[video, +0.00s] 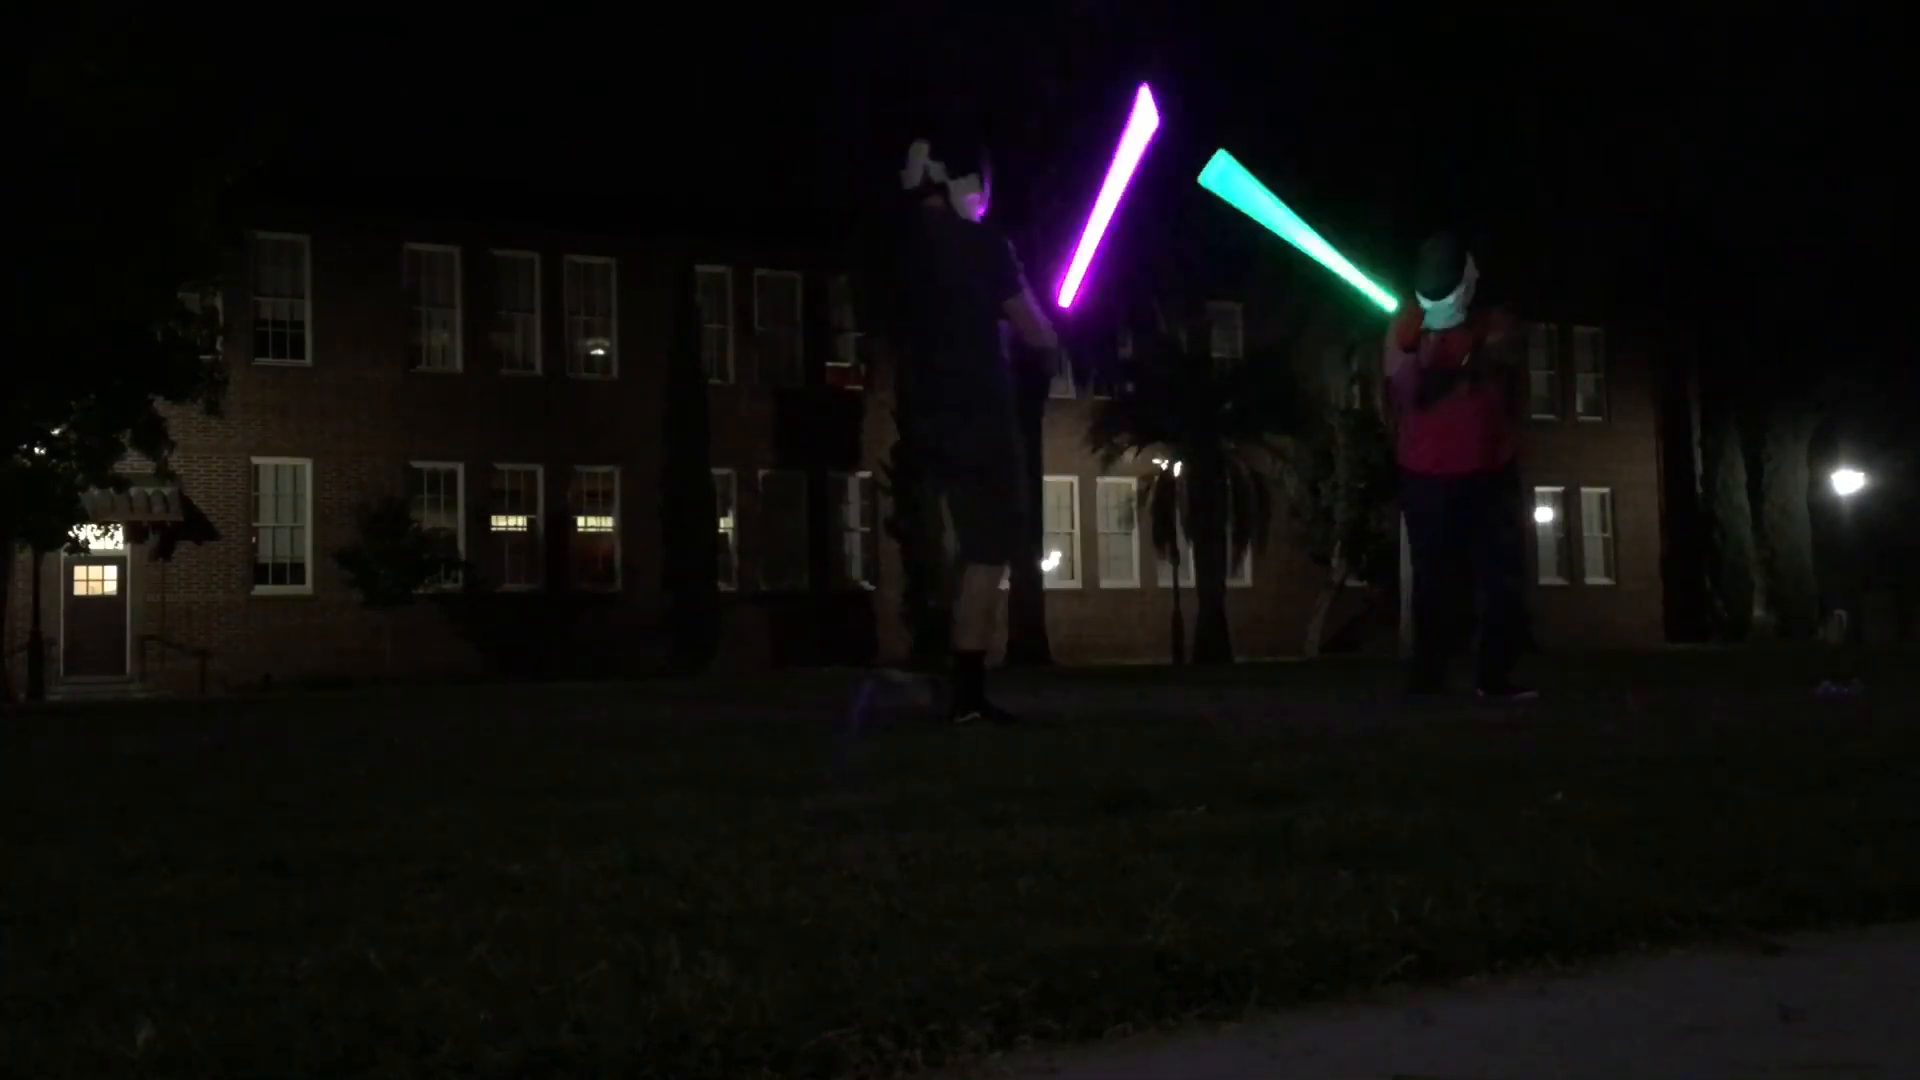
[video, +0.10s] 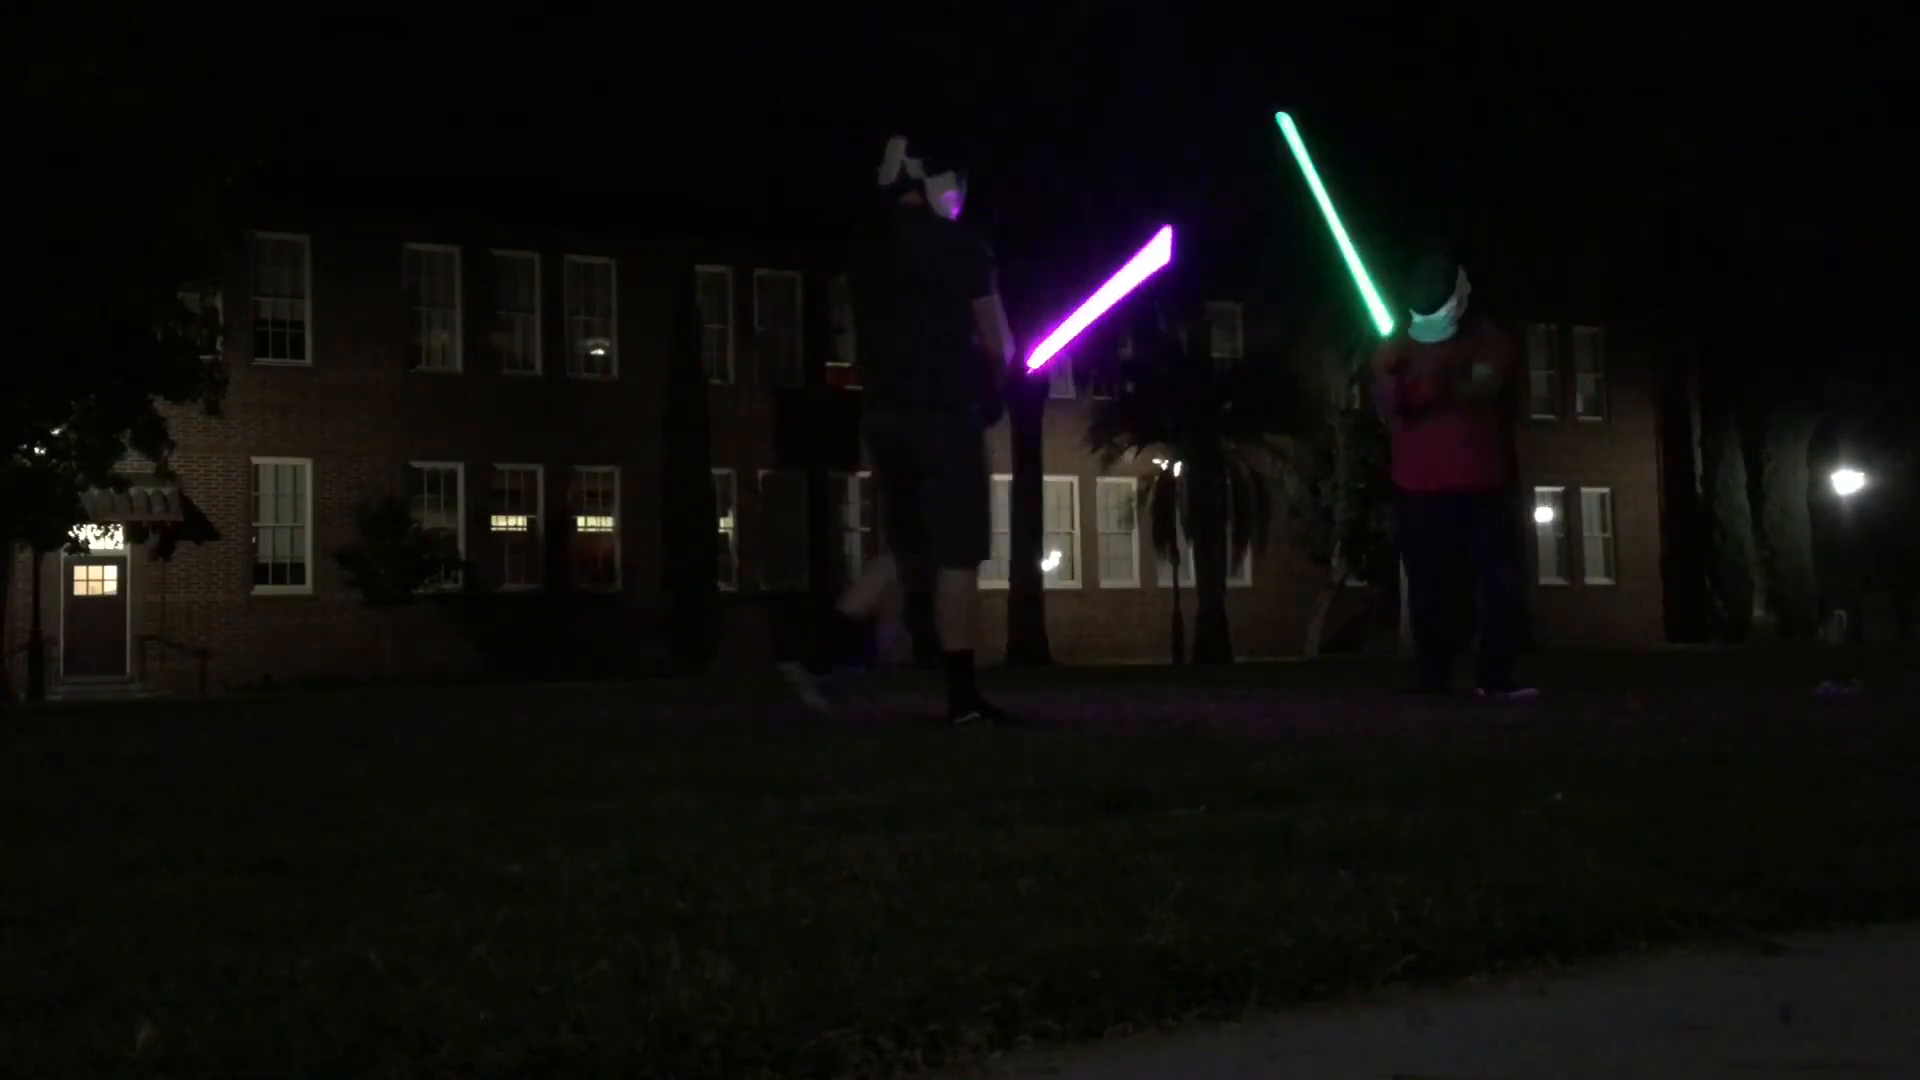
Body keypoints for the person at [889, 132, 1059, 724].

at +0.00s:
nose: (987, 200)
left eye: (984, 188)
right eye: (983, 189)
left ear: (933, 186)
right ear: (970, 188)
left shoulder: (900, 247)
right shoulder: (983, 246)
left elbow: (884, 345)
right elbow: (1038, 332)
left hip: (924, 412)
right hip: (980, 412)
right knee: (987, 548)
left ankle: (955, 680)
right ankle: (968, 689)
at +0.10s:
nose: (961, 196)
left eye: (958, 185)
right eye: (957, 185)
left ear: (899, 192)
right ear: (939, 191)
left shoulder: (872, 246)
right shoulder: (960, 245)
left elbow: (866, 339)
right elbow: (998, 341)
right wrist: (992, 384)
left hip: (888, 415)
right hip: (947, 416)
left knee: (904, 547)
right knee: (957, 557)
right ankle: (962, 695)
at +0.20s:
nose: (932, 200)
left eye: (929, 189)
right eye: (925, 190)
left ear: (869, 194)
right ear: (906, 194)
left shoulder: (841, 251)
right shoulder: (928, 248)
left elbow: (834, 344)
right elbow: (958, 340)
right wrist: (961, 392)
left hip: (844, 428)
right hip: (910, 428)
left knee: (836, 552)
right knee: (933, 565)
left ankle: (759, 677)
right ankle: (960, 696)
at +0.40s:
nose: (866, 214)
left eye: (864, 203)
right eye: (857, 203)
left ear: (807, 210)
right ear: (834, 207)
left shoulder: (778, 264)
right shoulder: (858, 264)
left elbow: (771, 358)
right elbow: (877, 362)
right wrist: (864, 423)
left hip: (774, 434)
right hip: (839, 436)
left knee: (769, 565)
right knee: (903, 550)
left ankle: (738, 706)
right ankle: (936, 691)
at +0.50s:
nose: (848, 206)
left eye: (845, 195)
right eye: (841, 195)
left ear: (786, 199)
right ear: (819, 199)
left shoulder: (758, 256)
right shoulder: (836, 257)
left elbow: (751, 349)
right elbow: (852, 357)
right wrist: (842, 418)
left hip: (752, 427)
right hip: (816, 427)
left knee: (758, 560)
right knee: (887, 537)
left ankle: (739, 705)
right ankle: (873, 685)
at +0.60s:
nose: (827, 203)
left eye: (825, 191)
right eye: (819, 191)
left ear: (765, 196)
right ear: (793, 195)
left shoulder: (738, 252)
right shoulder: (816, 251)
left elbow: (732, 347)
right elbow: (837, 345)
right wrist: (829, 415)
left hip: (736, 424)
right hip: (799, 424)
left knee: (748, 560)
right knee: (856, 540)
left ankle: (738, 705)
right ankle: (798, 672)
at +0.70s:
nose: (813, 201)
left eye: (811, 189)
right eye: (805, 189)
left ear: (752, 195)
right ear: (782, 192)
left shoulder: (728, 252)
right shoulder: (800, 246)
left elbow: (723, 344)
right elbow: (825, 341)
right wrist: (822, 411)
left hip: (727, 419)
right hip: (781, 421)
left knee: (739, 557)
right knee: (812, 551)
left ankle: (736, 691)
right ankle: (732, 676)